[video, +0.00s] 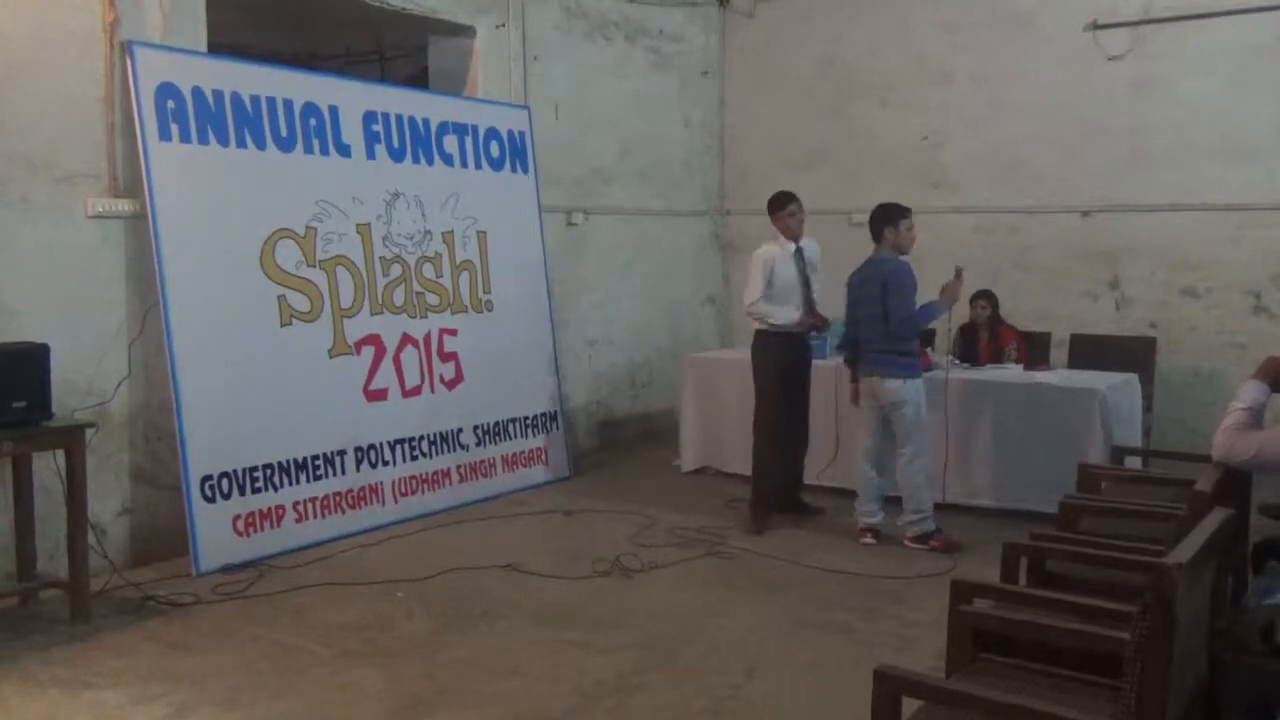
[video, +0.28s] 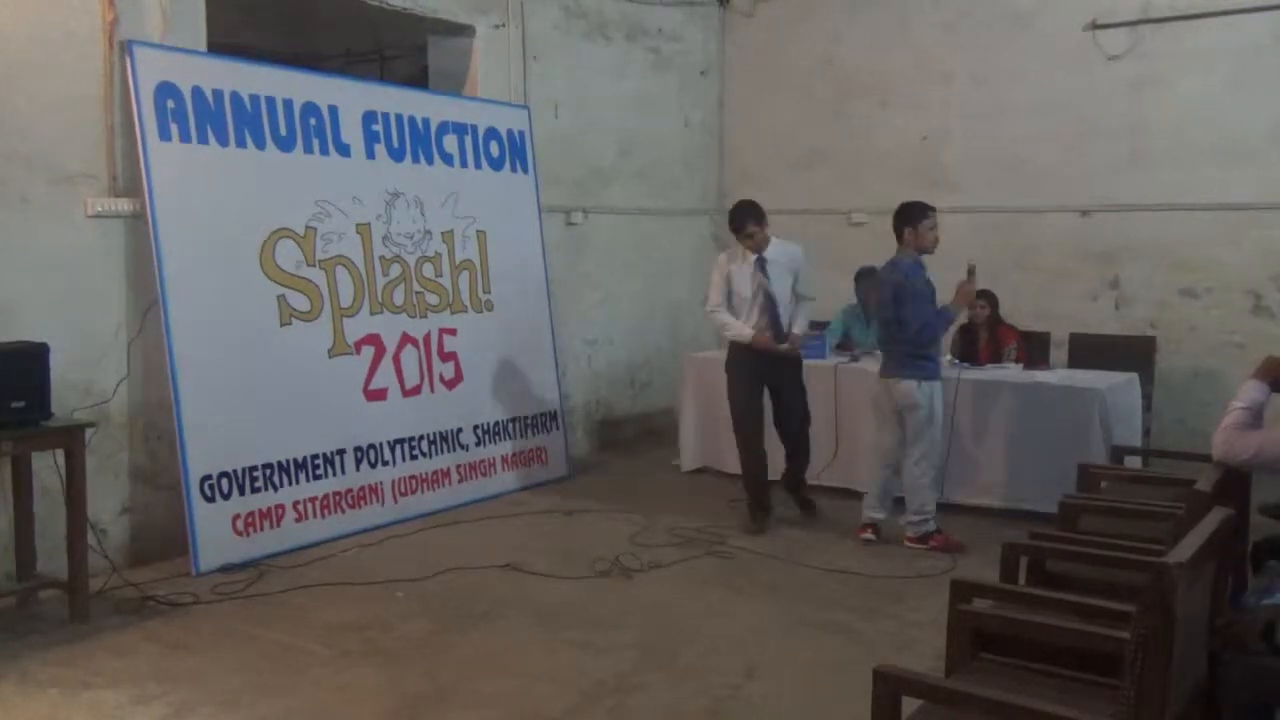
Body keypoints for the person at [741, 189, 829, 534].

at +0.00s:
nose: (794, 222)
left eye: (797, 215)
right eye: (787, 218)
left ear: (803, 215)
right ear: (775, 221)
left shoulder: (811, 250)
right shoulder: (766, 254)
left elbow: (807, 296)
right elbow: (752, 305)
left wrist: (814, 315)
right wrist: (795, 319)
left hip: (798, 343)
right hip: (771, 342)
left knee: (796, 422)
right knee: (770, 423)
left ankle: (790, 495)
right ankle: (761, 503)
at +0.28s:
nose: (750, 244)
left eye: (754, 236)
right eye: (742, 238)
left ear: (766, 226)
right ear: (734, 235)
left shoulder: (791, 254)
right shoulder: (727, 261)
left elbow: (805, 298)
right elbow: (715, 311)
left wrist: (796, 333)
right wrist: (750, 336)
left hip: (785, 353)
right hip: (745, 355)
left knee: (796, 427)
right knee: (749, 433)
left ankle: (795, 482)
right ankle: (758, 506)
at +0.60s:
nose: (702, 263)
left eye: (705, 256)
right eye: (696, 258)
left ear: (719, 245)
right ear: (690, 253)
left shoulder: (754, 265)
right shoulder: (692, 274)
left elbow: (783, 312)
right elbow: (687, 314)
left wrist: (770, 355)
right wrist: (691, 350)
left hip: (750, 353)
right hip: (713, 355)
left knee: (732, 436)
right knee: (734, 434)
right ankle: (757, 505)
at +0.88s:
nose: (664, 248)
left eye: (670, 240)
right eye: (659, 240)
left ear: (686, 232)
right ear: (654, 236)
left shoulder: (713, 264)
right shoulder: (654, 258)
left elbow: (734, 324)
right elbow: (649, 307)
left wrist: (739, 381)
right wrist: (645, 349)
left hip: (707, 358)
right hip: (670, 360)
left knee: (699, 453)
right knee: (661, 446)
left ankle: (699, 545)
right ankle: (709, 487)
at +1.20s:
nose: (626, 229)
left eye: (633, 222)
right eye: (619, 223)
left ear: (645, 222)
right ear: (608, 223)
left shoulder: (664, 265)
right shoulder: (593, 263)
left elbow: (652, 322)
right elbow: (576, 321)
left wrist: (617, 365)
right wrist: (554, 366)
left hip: (652, 371)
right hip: (607, 370)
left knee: (664, 461)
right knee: (592, 468)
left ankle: (693, 544)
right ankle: (569, 566)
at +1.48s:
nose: (600, 219)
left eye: (606, 212)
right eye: (593, 211)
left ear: (613, 214)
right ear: (574, 212)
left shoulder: (625, 255)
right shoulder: (545, 254)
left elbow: (630, 319)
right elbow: (533, 313)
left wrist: (595, 362)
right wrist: (547, 361)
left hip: (609, 367)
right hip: (559, 368)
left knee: (613, 468)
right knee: (549, 472)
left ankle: (625, 561)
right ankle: (564, 570)